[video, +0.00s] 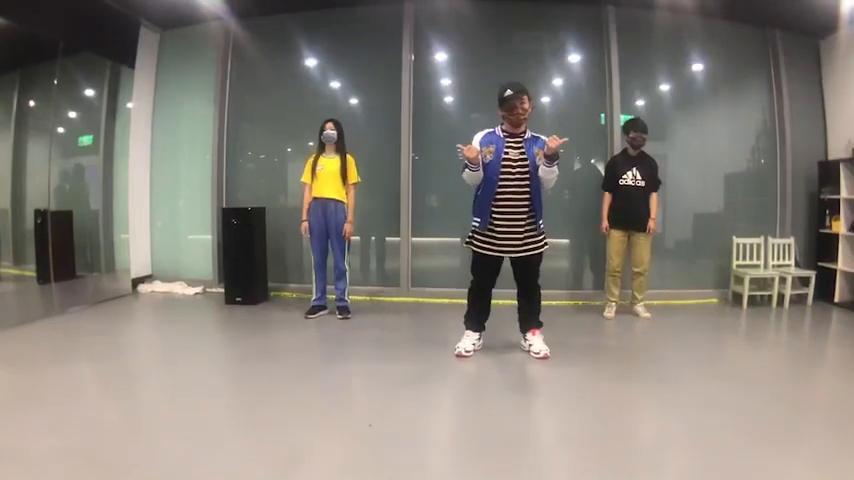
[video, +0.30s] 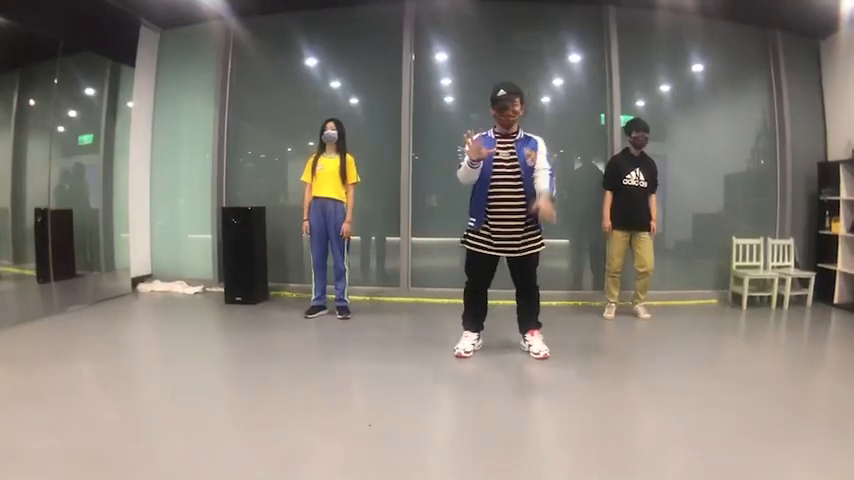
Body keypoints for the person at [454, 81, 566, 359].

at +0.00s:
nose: (519, 109)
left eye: (523, 103)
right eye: (512, 105)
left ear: (530, 106)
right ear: (501, 110)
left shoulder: (540, 143)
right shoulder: (485, 139)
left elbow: (548, 184)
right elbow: (472, 181)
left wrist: (549, 158)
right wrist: (474, 163)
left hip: (527, 227)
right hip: (490, 226)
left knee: (529, 283)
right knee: (481, 282)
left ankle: (532, 332)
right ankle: (473, 332)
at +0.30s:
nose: (510, 112)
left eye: (514, 106)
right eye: (503, 107)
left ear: (522, 108)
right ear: (493, 110)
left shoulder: (535, 144)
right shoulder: (479, 141)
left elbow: (542, 175)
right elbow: (465, 179)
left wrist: (543, 197)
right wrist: (474, 159)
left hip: (523, 228)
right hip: (485, 227)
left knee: (527, 283)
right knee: (476, 282)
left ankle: (531, 333)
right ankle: (471, 332)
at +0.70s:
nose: (490, 107)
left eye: (494, 101)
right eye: (483, 103)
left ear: (504, 105)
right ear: (475, 108)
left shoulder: (519, 137)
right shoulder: (463, 141)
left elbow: (537, 172)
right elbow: (453, 175)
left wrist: (530, 211)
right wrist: (461, 160)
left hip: (511, 223)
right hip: (474, 225)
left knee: (520, 279)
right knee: (474, 281)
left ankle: (528, 330)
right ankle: (472, 331)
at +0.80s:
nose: (491, 105)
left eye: (495, 100)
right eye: (485, 101)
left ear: (505, 104)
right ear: (476, 107)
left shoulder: (519, 136)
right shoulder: (463, 140)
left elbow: (540, 168)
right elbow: (455, 163)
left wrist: (527, 202)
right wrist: (456, 179)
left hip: (511, 222)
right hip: (474, 225)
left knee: (520, 278)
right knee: (473, 280)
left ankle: (528, 330)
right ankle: (471, 331)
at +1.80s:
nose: (510, 108)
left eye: (515, 103)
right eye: (504, 104)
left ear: (524, 107)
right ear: (495, 109)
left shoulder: (537, 140)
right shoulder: (482, 143)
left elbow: (563, 173)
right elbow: (471, 186)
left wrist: (559, 213)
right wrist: (464, 171)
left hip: (525, 229)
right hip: (489, 229)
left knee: (531, 284)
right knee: (485, 283)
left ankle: (536, 335)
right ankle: (479, 335)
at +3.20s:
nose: (524, 124)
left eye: (525, 117)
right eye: (518, 119)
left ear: (528, 115)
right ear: (503, 120)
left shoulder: (540, 147)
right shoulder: (482, 151)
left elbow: (549, 184)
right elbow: (477, 190)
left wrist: (556, 221)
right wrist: (482, 226)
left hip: (533, 237)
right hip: (496, 238)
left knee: (545, 291)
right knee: (474, 290)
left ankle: (554, 342)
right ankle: (460, 340)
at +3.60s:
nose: (529, 132)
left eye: (533, 126)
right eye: (522, 126)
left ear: (540, 123)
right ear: (508, 122)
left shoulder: (547, 151)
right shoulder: (487, 145)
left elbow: (555, 187)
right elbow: (473, 185)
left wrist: (557, 218)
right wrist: (471, 223)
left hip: (529, 236)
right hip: (491, 234)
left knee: (541, 290)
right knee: (474, 291)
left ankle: (553, 342)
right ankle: (461, 344)